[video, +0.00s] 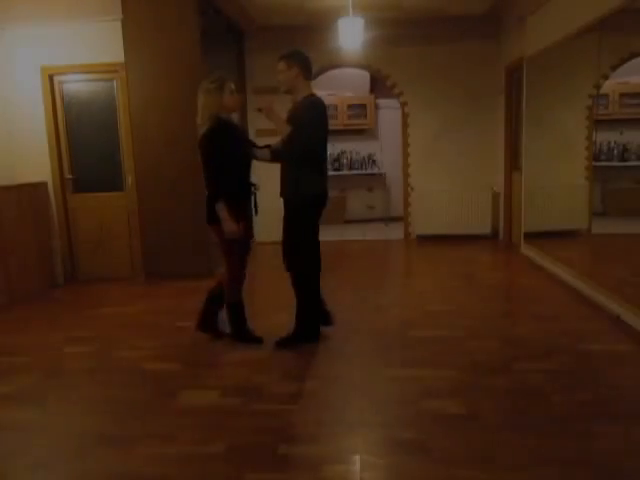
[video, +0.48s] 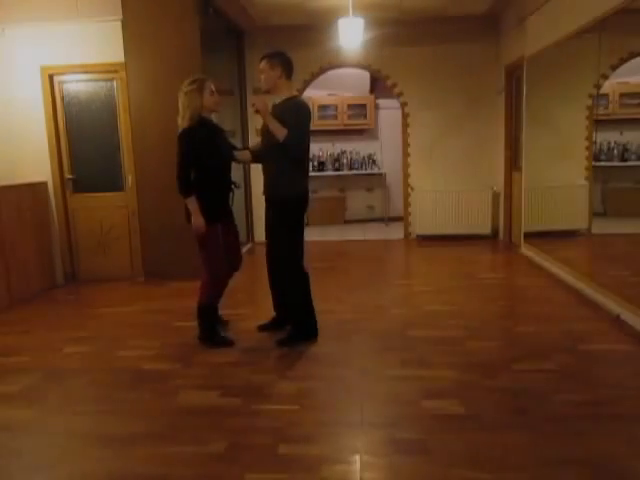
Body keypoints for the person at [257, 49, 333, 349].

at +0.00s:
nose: (278, 78)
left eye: (282, 72)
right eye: (279, 72)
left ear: (297, 73)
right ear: (298, 74)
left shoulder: (309, 108)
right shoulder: (304, 106)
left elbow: (293, 151)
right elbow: (291, 147)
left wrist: (258, 152)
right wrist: (258, 151)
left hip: (305, 196)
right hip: (302, 194)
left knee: (298, 257)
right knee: (300, 255)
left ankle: (306, 327)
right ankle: (316, 311)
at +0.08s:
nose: (273, 77)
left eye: (277, 71)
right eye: (273, 72)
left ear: (292, 72)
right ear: (292, 73)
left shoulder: (304, 107)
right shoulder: (298, 106)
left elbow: (291, 151)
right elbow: (287, 148)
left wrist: (253, 153)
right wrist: (250, 151)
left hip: (302, 198)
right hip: (297, 196)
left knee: (295, 257)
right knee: (292, 255)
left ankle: (305, 328)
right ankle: (298, 315)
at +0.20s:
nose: (269, 77)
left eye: (272, 71)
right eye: (268, 72)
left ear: (288, 72)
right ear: (286, 73)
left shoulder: (301, 105)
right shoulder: (291, 107)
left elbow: (294, 149)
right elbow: (284, 151)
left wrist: (269, 121)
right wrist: (253, 155)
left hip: (302, 197)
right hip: (291, 196)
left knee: (298, 260)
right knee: (282, 257)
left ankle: (305, 328)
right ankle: (287, 313)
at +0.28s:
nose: (264, 77)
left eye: (268, 71)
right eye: (264, 71)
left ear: (284, 72)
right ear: (282, 74)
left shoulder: (298, 106)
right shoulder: (285, 108)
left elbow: (292, 147)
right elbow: (277, 152)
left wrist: (266, 119)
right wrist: (242, 156)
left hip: (298, 197)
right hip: (286, 197)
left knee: (297, 260)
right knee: (279, 258)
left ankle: (305, 328)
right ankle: (285, 313)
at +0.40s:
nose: (262, 77)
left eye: (266, 71)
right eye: (262, 72)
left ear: (282, 72)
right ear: (277, 74)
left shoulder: (298, 106)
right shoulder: (278, 108)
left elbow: (296, 146)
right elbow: (271, 152)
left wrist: (267, 118)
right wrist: (236, 156)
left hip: (295, 195)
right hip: (280, 195)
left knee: (295, 260)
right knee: (277, 258)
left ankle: (305, 327)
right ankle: (284, 313)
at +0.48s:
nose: (260, 77)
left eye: (264, 72)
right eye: (260, 72)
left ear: (280, 73)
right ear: (276, 74)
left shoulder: (296, 107)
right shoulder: (276, 109)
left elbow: (296, 145)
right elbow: (266, 152)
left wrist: (268, 119)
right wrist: (230, 154)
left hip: (291, 195)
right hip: (276, 194)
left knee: (290, 260)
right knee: (275, 258)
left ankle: (305, 327)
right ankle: (283, 314)